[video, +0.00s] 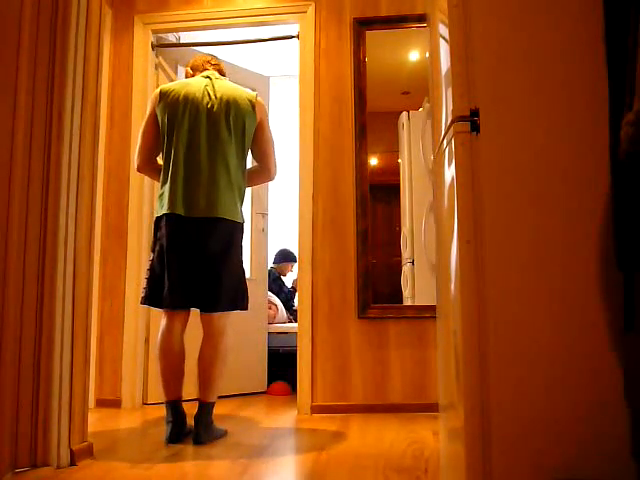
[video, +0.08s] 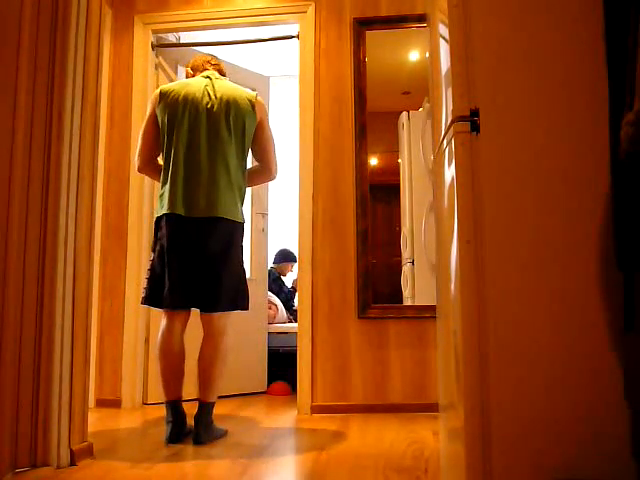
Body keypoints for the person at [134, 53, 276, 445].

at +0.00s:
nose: (187, 75)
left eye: (187, 71)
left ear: (188, 72)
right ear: (222, 72)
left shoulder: (167, 93)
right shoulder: (250, 102)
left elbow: (144, 162)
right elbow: (267, 170)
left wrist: (179, 178)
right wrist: (228, 179)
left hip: (174, 218)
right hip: (223, 220)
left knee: (172, 319)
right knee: (214, 322)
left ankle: (174, 421)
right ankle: (204, 422)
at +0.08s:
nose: (187, 75)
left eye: (187, 71)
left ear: (188, 72)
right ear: (222, 72)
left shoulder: (166, 94)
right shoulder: (250, 102)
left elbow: (145, 163)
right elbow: (267, 170)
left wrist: (180, 178)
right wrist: (229, 181)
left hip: (175, 219)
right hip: (223, 221)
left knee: (172, 320)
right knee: (215, 323)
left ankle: (174, 421)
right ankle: (205, 422)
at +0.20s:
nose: (187, 75)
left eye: (188, 72)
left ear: (189, 72)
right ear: (224, 72)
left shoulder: (167, 94)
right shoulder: (251, 102)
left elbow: (145, 163)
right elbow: (268, 170)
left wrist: (180, 179)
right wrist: (230, 180)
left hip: (175, 219)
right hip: (224, 222)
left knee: (173, 319)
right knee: (215, 323)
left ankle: (174, 421)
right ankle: (205, 422)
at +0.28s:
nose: (190, 74)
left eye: (189, 71)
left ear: (190, 72)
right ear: (224, 72)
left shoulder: (167, 94)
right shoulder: (252, 102)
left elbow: (146, 163)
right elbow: (269, 169)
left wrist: (182, 179)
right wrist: (230, 180)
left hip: (176, 219)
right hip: (224, 222)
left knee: (173, 319)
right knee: (216, 323)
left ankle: (174, 421)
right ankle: (205, 422)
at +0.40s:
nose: (191, 75)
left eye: (191, 71)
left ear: (192, 72)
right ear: (227, 73)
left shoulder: (168, 94)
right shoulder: (253, 102)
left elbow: (147, 163)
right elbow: (270, 169)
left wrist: (183, 179)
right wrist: (231, 180)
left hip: (177, 220)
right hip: (225, 222)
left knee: (174, 319)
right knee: (217, 323)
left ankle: (174, 420)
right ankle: (204, 421)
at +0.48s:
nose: (198, 74)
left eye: (196, 71)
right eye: (215, 70)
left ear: (195, 72)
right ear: (229, 73)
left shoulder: (170, 95)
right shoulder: (254, 102)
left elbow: (150, 161)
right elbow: (271, 169)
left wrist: (185, 178)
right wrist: (232, 180)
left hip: (178, 219)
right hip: (227, 222)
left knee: (177, 319)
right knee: (218, 323)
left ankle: (174, 420)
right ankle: (204, 422)